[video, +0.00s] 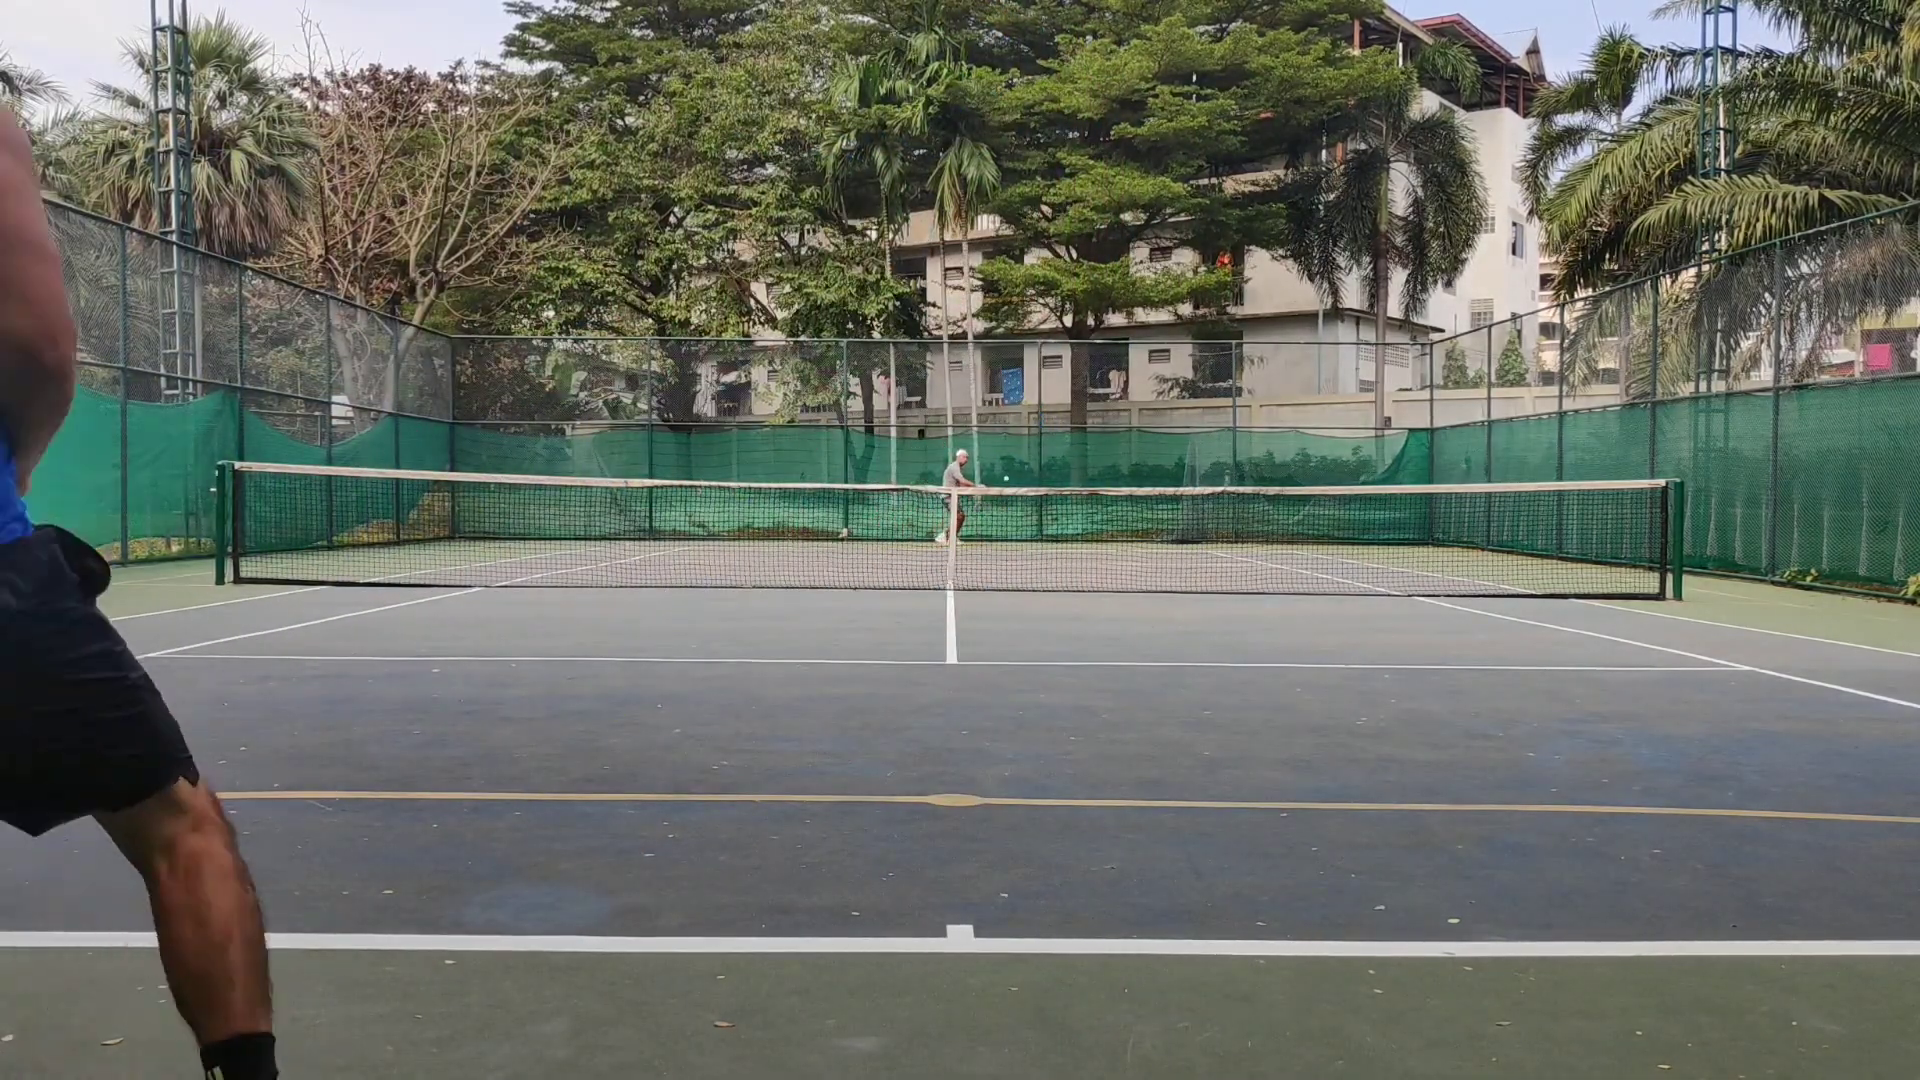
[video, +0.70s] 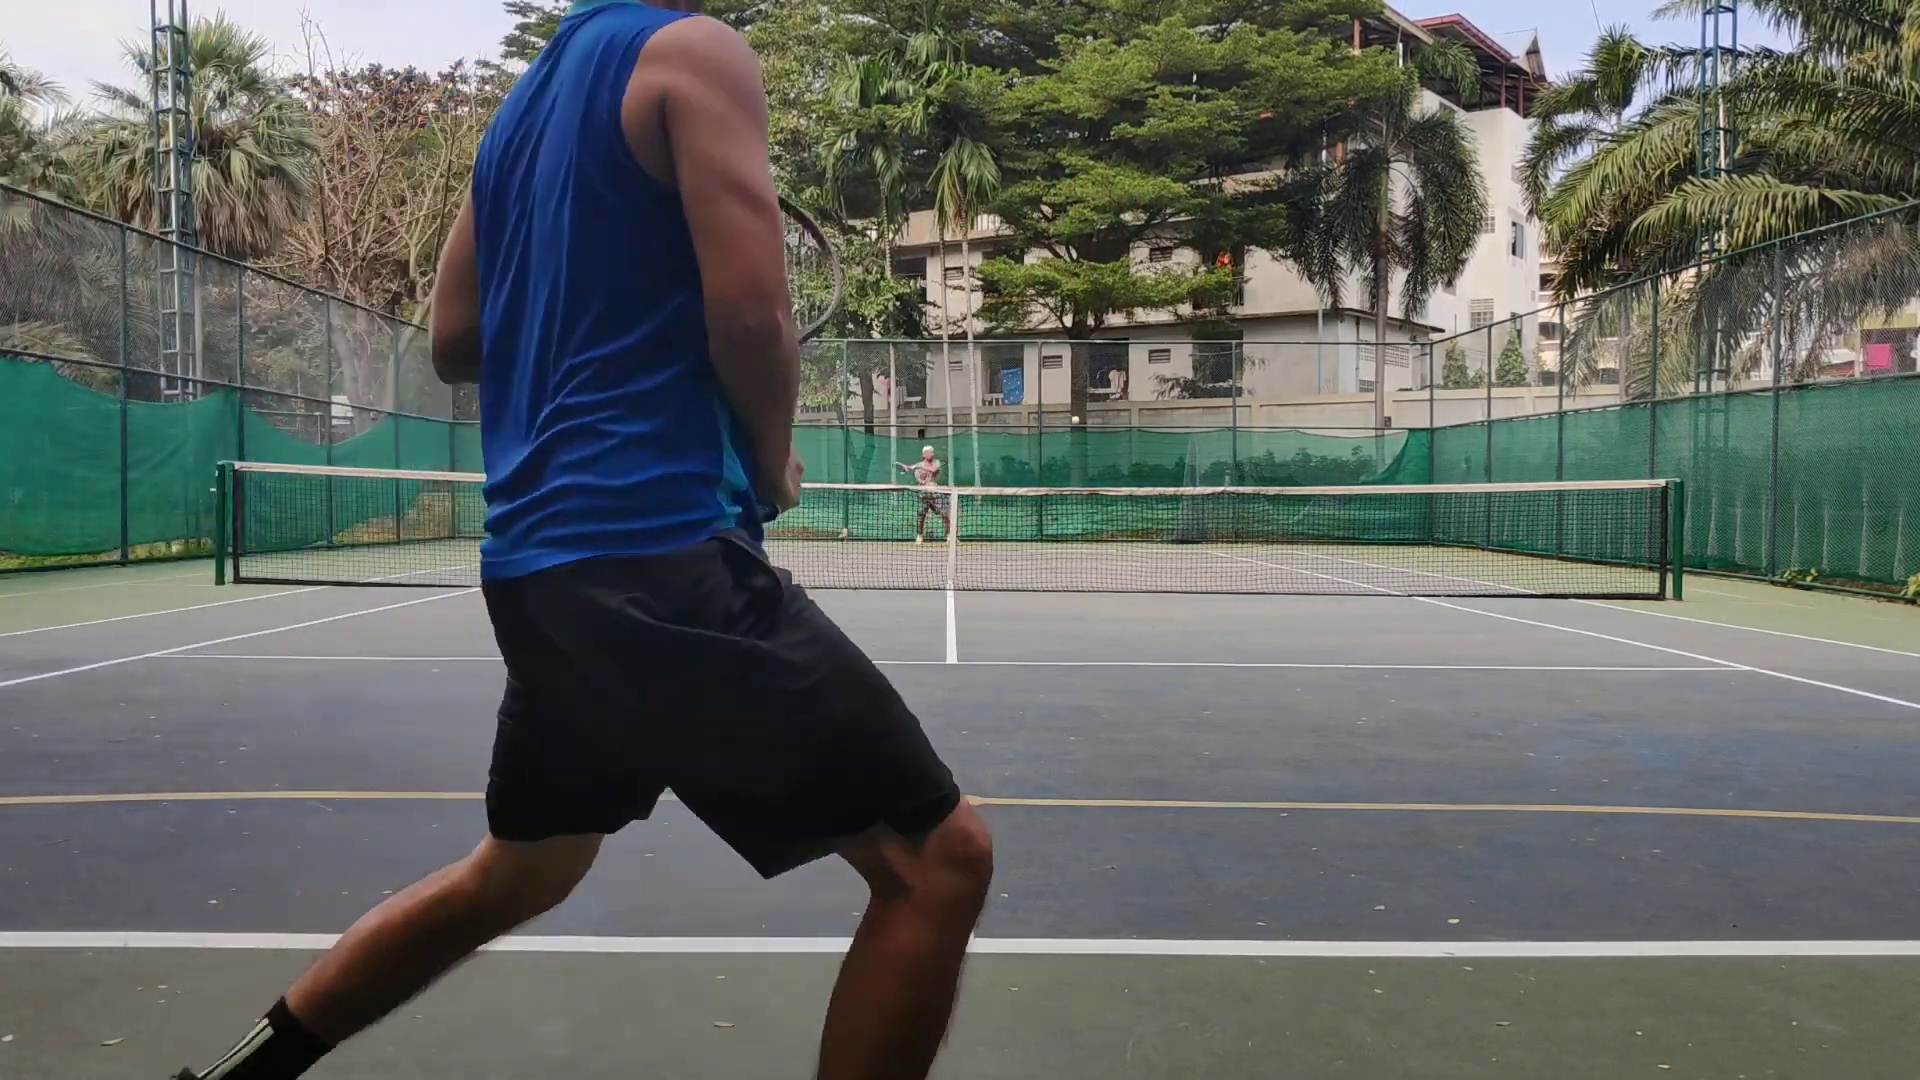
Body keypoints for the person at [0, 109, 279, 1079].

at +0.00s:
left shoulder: (7, 130)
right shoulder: (1, 126)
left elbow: (42, 349)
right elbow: (41, 348)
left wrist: (5, 492)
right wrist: (3, 484)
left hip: (10, 555)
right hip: (7, 564)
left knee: (180, 831)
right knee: (180, 833)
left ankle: (246, 1064)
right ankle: (246, 1067)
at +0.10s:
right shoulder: (110, 77)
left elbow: (202, 300)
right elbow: (205, 297)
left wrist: (128, 428)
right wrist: (139, 422)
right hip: (79, 544)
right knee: (258, 815)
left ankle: (268, 1064)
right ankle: (268, 1069)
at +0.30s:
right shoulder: (274, 3)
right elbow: (347, 148)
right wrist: (337, 318)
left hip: (33, 411)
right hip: (236, 397)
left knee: (127, 732)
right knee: (378, 741)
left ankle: (80, 1060)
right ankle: (379, 1063)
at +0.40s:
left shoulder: (80, 26)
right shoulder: (349, 2)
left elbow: (24, 232)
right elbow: (417, 187)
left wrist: (162, 246)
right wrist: (404, 347)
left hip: (133, 457)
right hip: (318, 439)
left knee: (254, 771)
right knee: (517, 753)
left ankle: (162, 1069)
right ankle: (536, 1071)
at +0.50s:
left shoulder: (183, 98)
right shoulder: (430, 49)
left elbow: (128, 323)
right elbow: (497, 275)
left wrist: (277, 330)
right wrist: (480, 433)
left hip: (227, 551)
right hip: (406, 523)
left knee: (315, 823)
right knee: (665, 791)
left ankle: (183, 1067)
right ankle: (710, 1068)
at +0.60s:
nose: (545, 9)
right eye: (543, 1)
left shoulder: (328, 123)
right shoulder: (550, 72)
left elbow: (274, 360)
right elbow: (608, 303)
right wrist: (604, 454)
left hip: (352, 578)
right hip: (520, 557)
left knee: (384, 841)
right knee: (811, 814)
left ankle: (201, 1069)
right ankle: (799, 1070)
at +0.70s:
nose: (727, 4)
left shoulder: (518, 107)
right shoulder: (693, 50)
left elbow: (454, 340)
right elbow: (749, 311)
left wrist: (617, 331)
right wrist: (772, 461)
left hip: (539, 569)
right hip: (662, 565)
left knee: (522, 869)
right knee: (937, 862)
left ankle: (250, 1065)